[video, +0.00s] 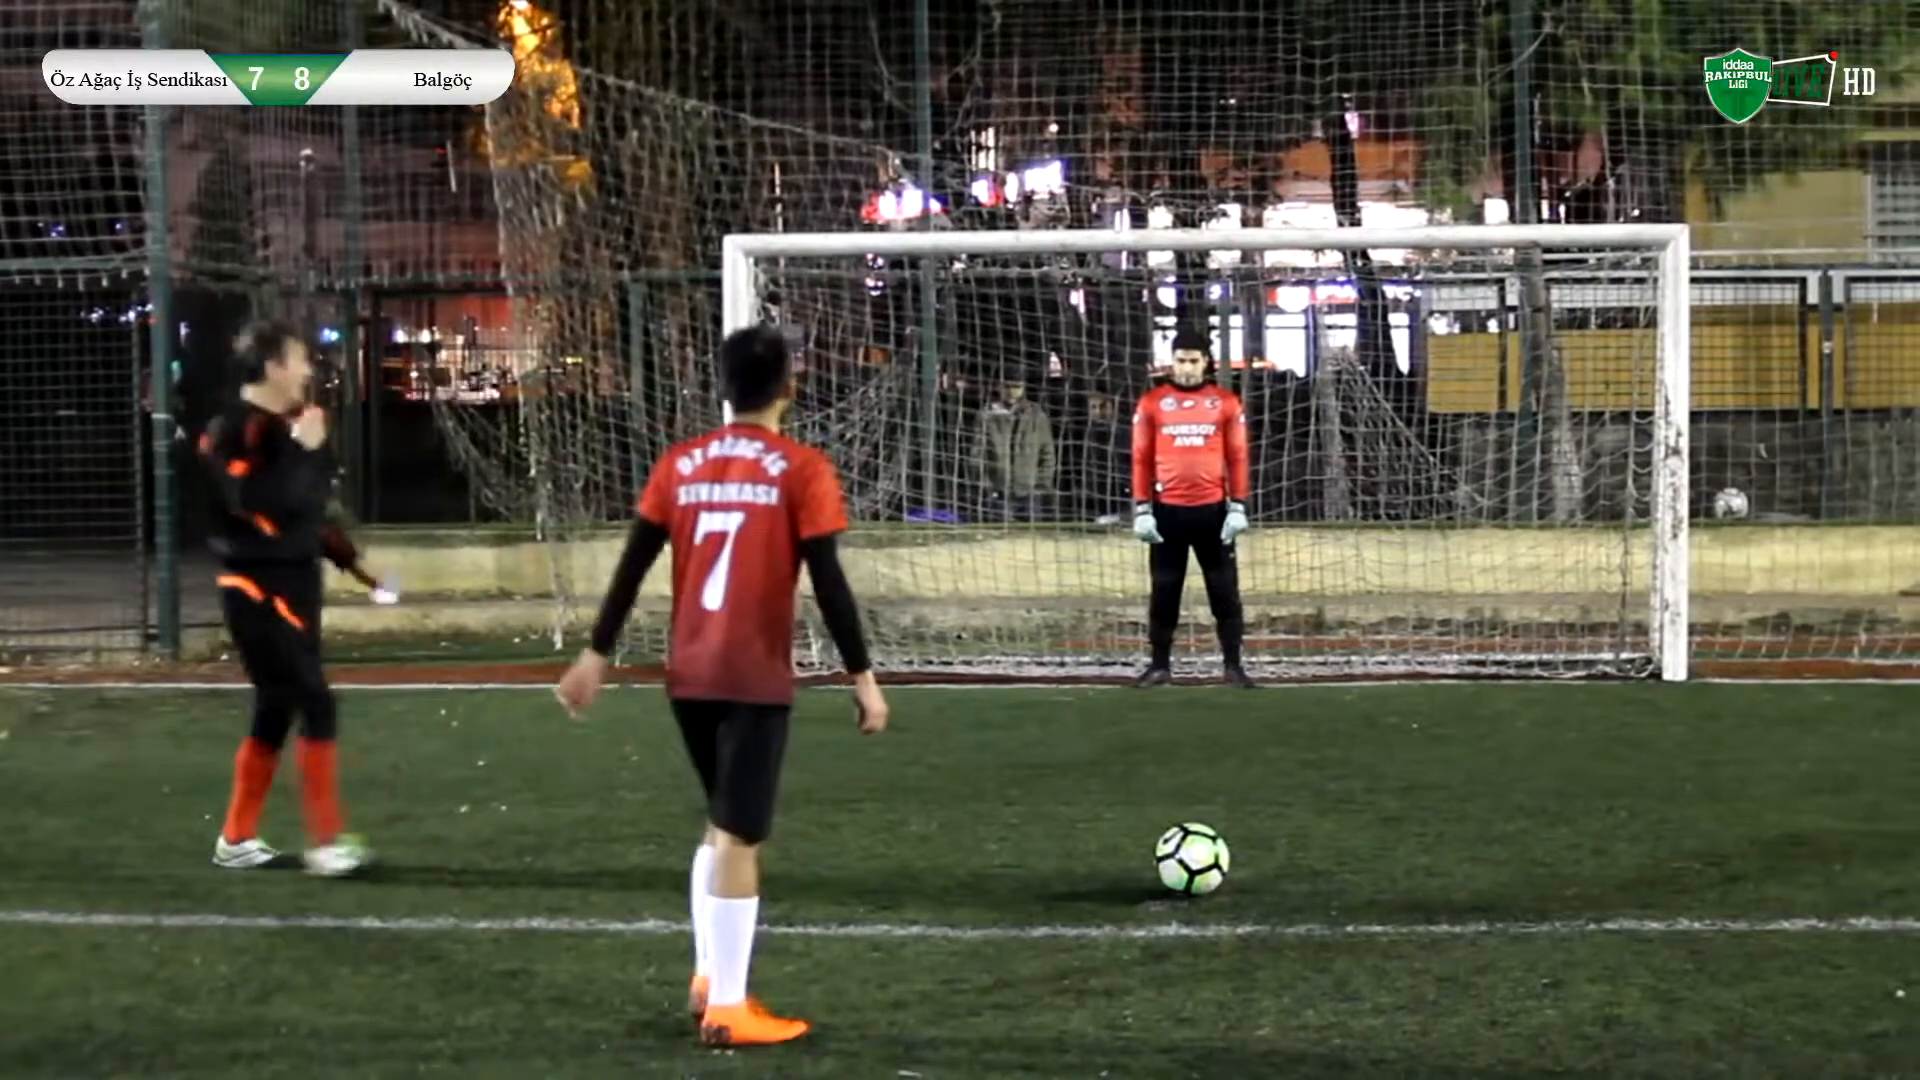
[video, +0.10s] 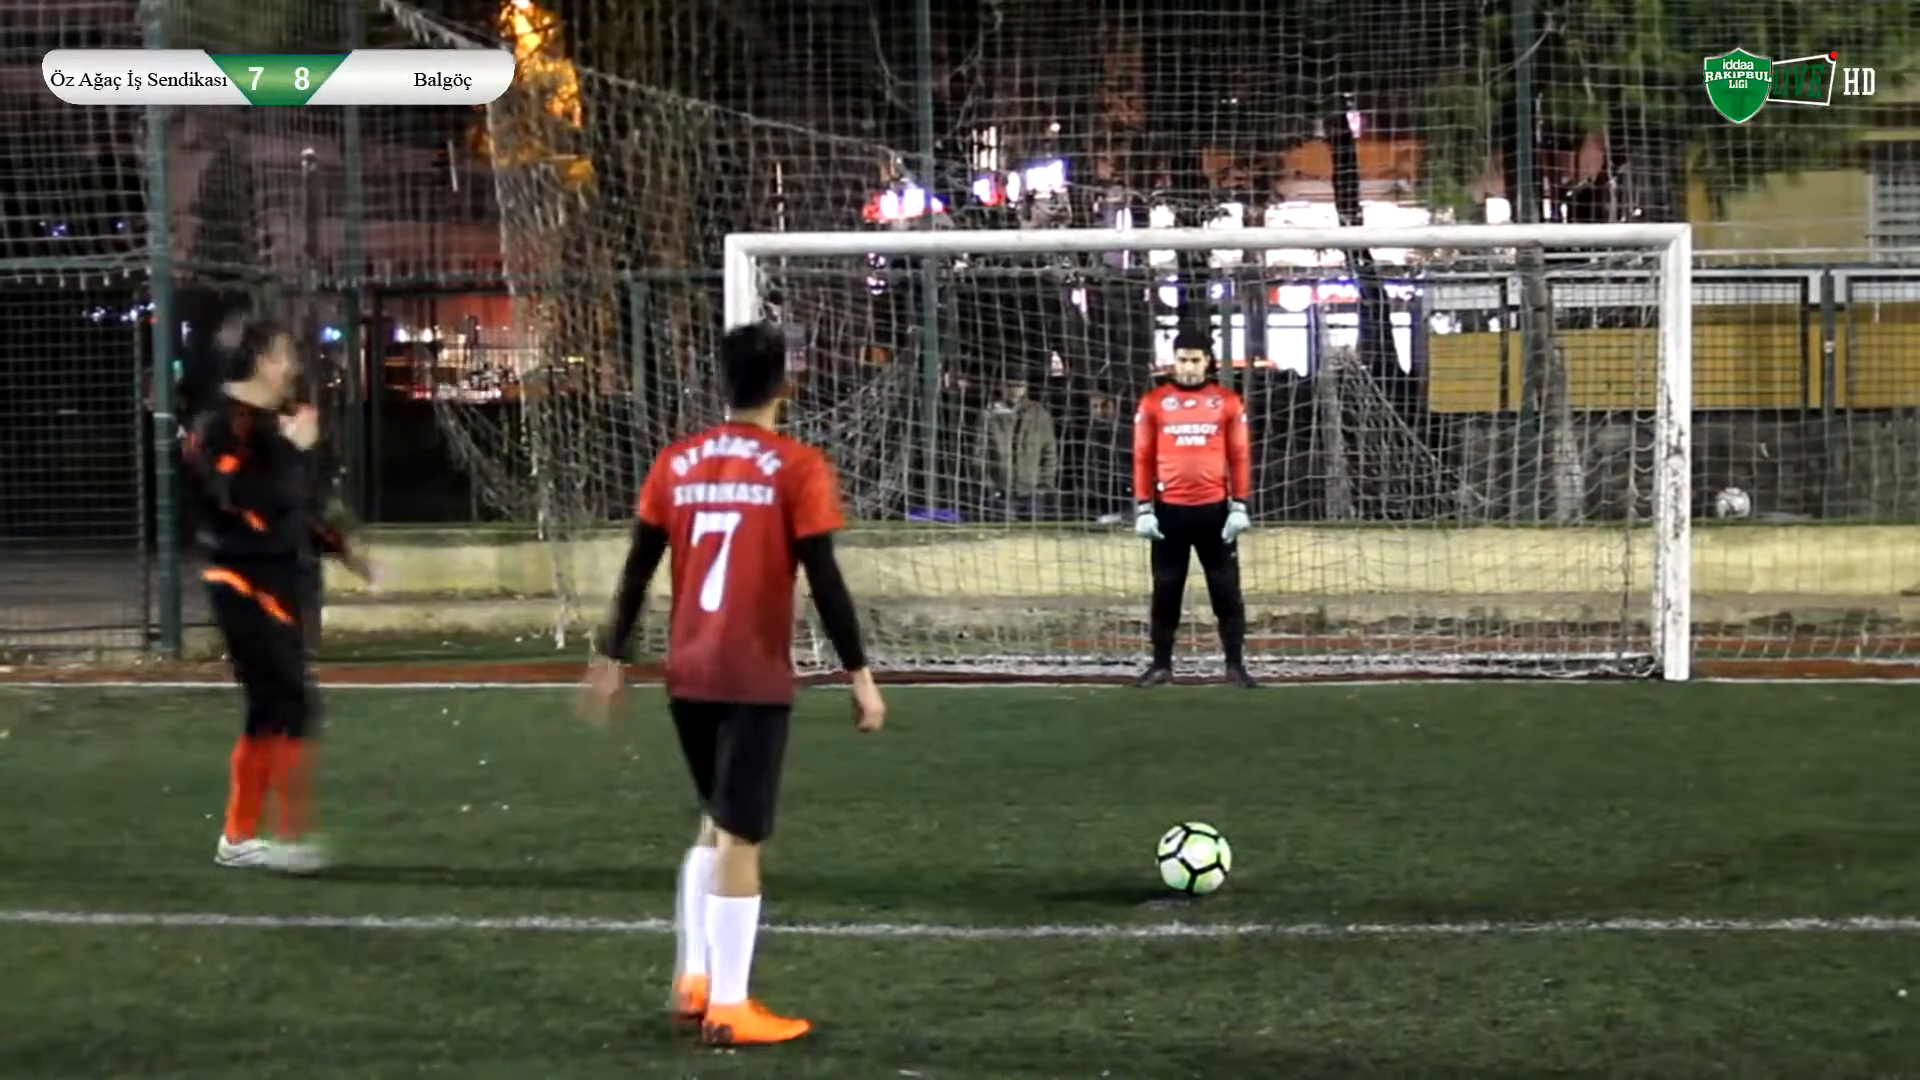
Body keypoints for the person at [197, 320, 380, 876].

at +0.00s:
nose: (309, 373)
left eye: (308, 362)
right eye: (301, 362)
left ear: (279, 369)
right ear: (270, 368)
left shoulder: (287, 428)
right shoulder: (234, 431)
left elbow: (307, 516)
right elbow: (273, 507)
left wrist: (355, 564)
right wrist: (306, 451)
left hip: (293, 582)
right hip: (255, 585)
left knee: (275, 705)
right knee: (316, 700)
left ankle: (237, 836)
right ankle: (326, 841)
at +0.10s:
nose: (292, 367)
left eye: (291, 356)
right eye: (282, 356)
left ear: (271, 364)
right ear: (255, 362)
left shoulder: (269, 424)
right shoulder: (228, 424)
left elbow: (293, 509)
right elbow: (257, 502)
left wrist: (346, 551)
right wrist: (294, 449)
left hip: (277, 578)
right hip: (244, 580)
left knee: (272, 703)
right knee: (287, 698)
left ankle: (240, 833)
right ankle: (282, 834)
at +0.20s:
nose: (274, 361)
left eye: (272, 349)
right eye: (265, 350)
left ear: (237, 358)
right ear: (241, 356)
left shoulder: (252, 420)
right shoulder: (209, 422)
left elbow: (281, 503)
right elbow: (235, 493)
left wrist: (336, 534)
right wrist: (282, 443)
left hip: (261, 572)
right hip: (225, 573)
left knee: (271, 699)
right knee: (265, 697)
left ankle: (240, 828)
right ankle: (220, 824)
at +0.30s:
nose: (253, 361)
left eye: (250, 351)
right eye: (245, 351)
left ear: (212, 358)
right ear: (227, 357)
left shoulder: (240, 418)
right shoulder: (196, 418)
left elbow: (263, 483)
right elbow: (228, 496)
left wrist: (310, 495)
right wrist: (267, 438)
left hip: (248, 575)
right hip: (214, 574)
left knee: (251, 701)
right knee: (244, 700)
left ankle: (241, 836)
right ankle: (157, 807)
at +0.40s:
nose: (238, 358)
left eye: (235, 347)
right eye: (230, 348)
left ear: (198, 356)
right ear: (208, 354)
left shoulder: (227, 417)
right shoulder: (177, 421)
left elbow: (255, 472)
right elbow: (215, 489)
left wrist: (319, 476)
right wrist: (257, 436)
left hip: (238, 578)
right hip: (195, 580)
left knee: (246, 706)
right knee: (216, 708)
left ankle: (240, 838)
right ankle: (119, 804)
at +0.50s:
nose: (219, 361)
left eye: (219, 351)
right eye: (211, 351)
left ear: (202, 358)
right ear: (187, 355)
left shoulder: (217, 421)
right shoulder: (159, 423)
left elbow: (265, 455)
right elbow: (153, 510)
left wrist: (305, 448)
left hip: (221, 577)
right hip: (177, 578)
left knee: (239, 704)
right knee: (177, 712)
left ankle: (241, 836)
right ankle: (83, 802)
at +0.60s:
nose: (205, 362)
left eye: (202, 351)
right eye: (197, 351)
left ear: (165, 361)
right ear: (175, 360)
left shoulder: (194, 419)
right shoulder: (143, 425)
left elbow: (231, 445)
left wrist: (286, 427)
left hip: (202, 577)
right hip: (159, 579)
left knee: (227, 705)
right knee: (146, 716)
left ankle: (241, 835)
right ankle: (64, 813)